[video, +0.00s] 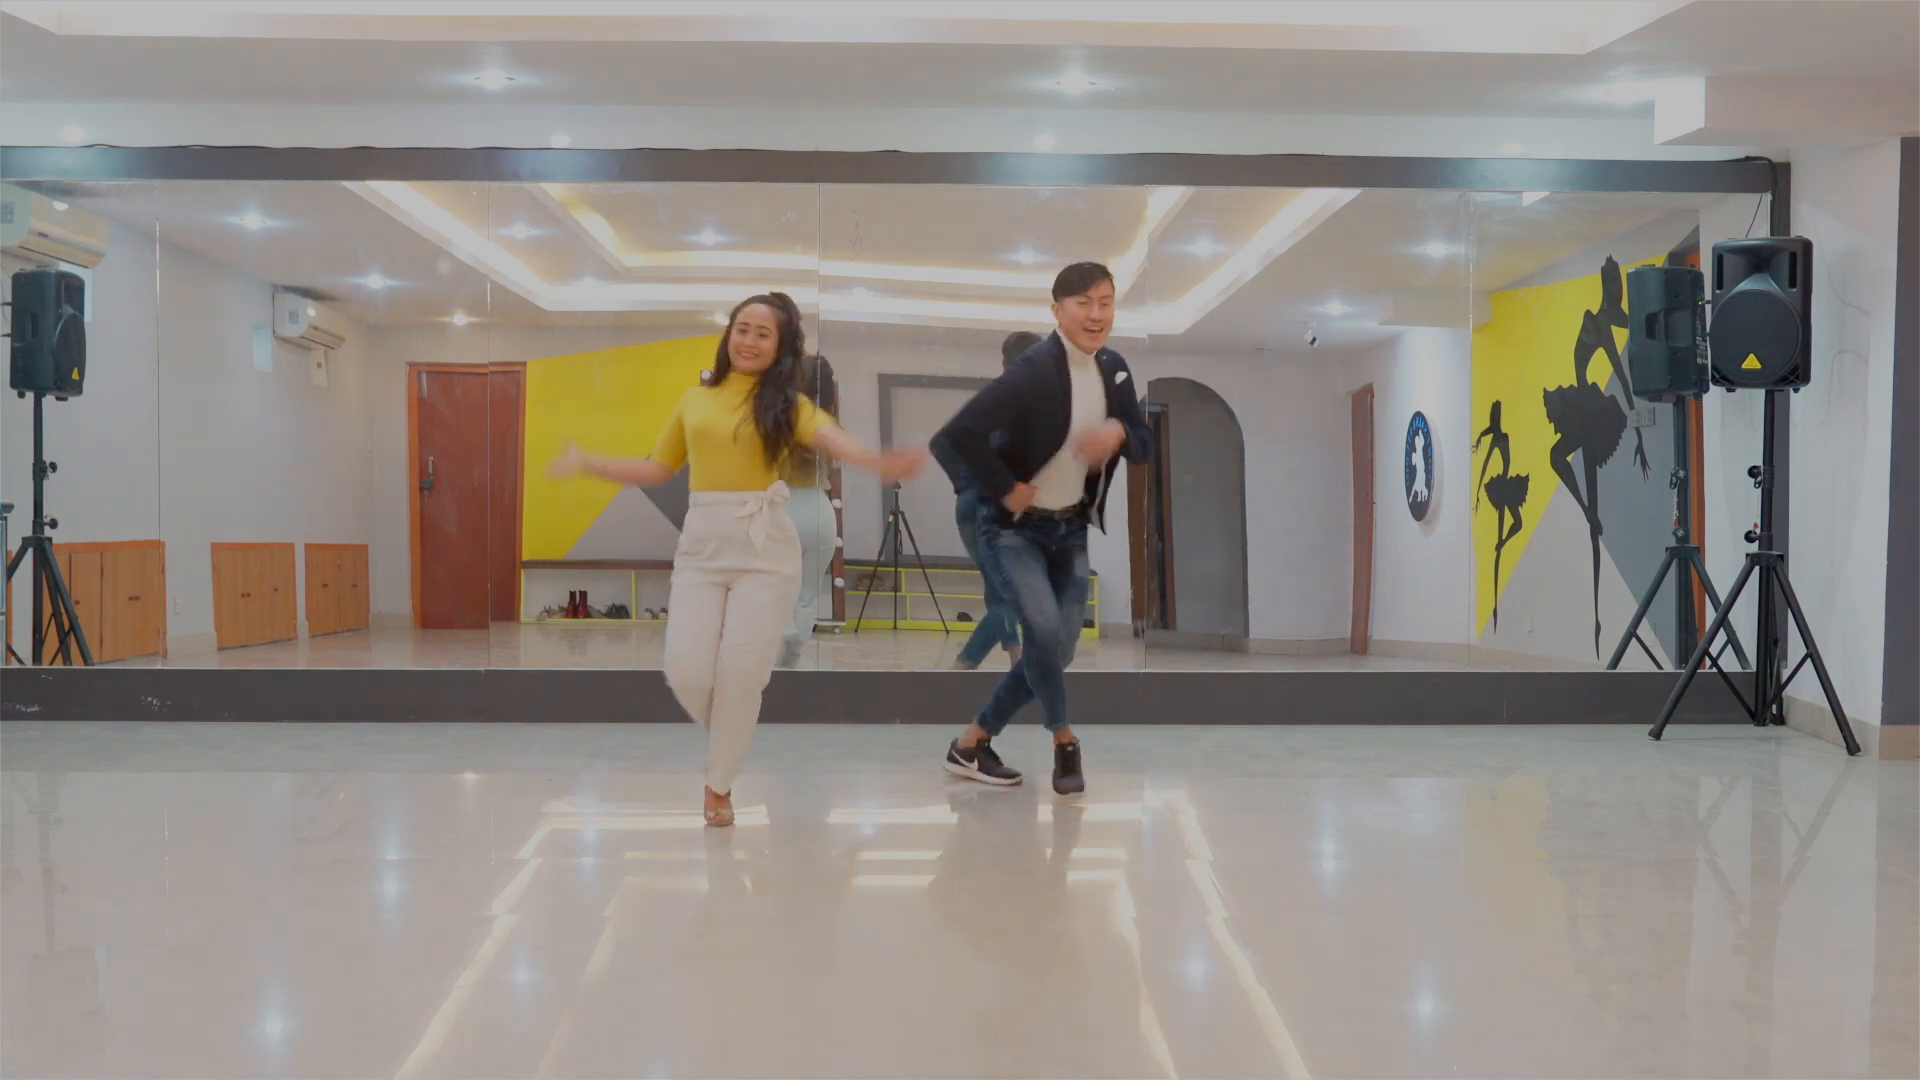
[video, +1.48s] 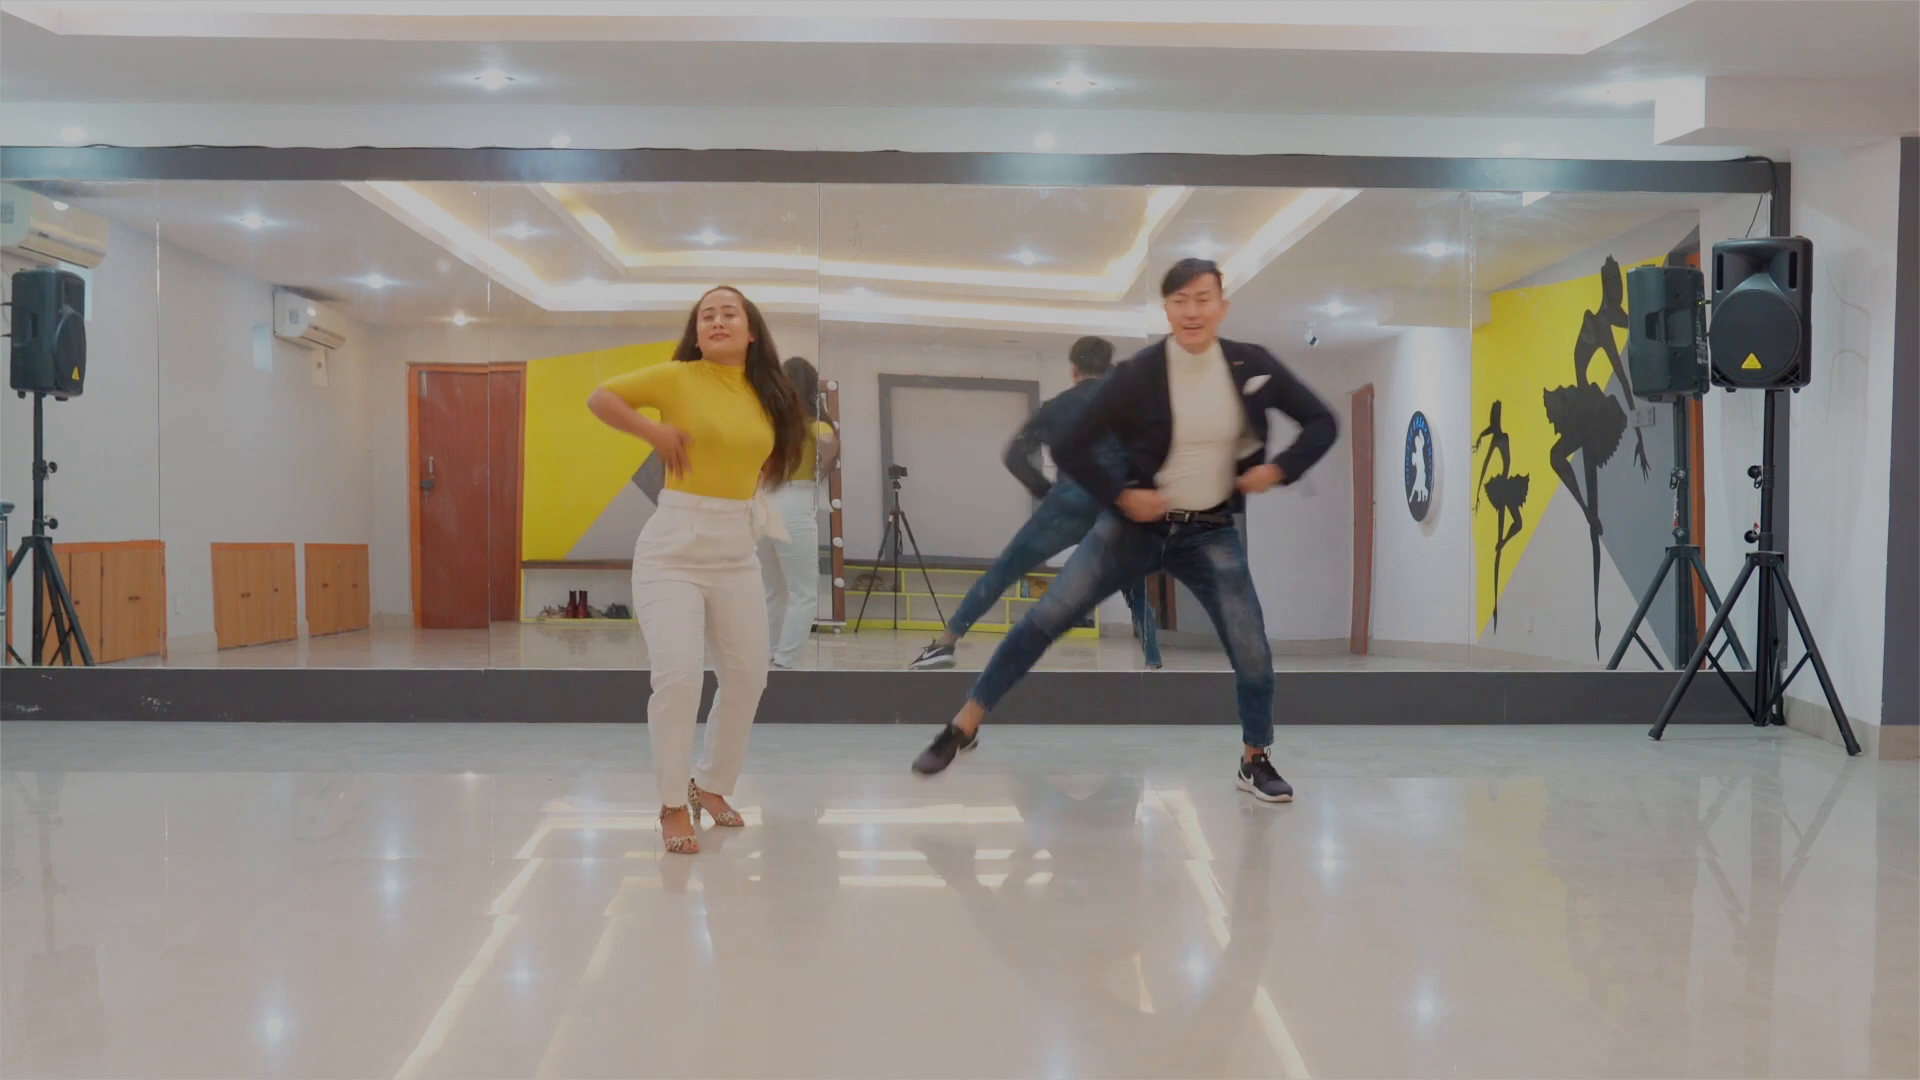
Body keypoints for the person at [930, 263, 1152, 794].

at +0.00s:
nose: (1097, 314)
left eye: (1106, 302)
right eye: (1084, 303)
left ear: (1115, 308)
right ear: (1057, 309)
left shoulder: (1114, 369)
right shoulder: (1034, 371)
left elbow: (1144, 447)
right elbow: (954, 438)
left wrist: (1120, 435)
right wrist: (1005, 486)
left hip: (1070, 528)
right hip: (1010, 524)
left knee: (1056, 649)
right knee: (1043, 630)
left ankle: (972, 743)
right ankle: (1064, 741)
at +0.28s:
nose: (1083, 307)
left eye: (1093, 295)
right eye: (1071, 296)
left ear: (1107, 297)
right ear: (1050, 302)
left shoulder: (1133, 363)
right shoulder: (1018, 365)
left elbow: (1146, 447)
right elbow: (951, 435)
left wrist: (1101, 497)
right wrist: (986, 455)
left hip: (1110, 521)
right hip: (1050, 520)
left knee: (1096, 650)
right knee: (1105, 641)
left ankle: (994, 724)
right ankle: (1044, 756)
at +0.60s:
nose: (1158, 302)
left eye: (1168, 290)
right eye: (1146, 292)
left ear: (1184, 291)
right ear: (1128, 294)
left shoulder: (1213, 346)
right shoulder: (1106, 362)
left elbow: (1247, 390)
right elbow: (1060, 449)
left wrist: (1255, 431)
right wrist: (1125, 476)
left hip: (1185, 517)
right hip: (1110, 516)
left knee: (1223, 644)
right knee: (1053, 622)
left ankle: (1230, 754)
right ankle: (1043, 750)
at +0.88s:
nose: (1193, 319)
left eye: (1203, 306)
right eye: (1181, 306)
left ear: (1215, 302)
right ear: (1157, 301)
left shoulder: (1233, 365)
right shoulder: (1124, 370)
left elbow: (1272, 435)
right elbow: (1103, 449)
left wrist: (1247, 404)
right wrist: (1146, 471)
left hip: (1261, 506)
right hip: (1202, 521)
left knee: (1277, 649)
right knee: (1270, 648)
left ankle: (1230, 755)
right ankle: (1207, 722)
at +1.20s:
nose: (1215, 302)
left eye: (1226, 291)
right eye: (1204, 292)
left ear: (1244, 299)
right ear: (1186, 302)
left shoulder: (1273, 348)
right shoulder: (1166, 374)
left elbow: (1330, 368)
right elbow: (1134, 458)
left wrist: (1310, 439)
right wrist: (1202, 432)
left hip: (1241, 517)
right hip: (1173, 502)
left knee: (1281, 647)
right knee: (1084, 523)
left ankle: (1257, 758)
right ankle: (1159, 606)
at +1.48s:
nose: (1192, 311)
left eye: (1205, 299)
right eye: (1181, 299)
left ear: (1223, 305)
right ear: (1164, 307)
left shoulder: (1252, 365)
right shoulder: (1140, 374)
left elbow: (1323, 424)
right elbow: (1067, 444)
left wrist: (1279, 469)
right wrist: (1120, 493)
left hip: (1211, 531)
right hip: (1136, 525)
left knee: (1253, 653)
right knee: (1049, 617)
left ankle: (1257, 758)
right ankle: (964, 722)